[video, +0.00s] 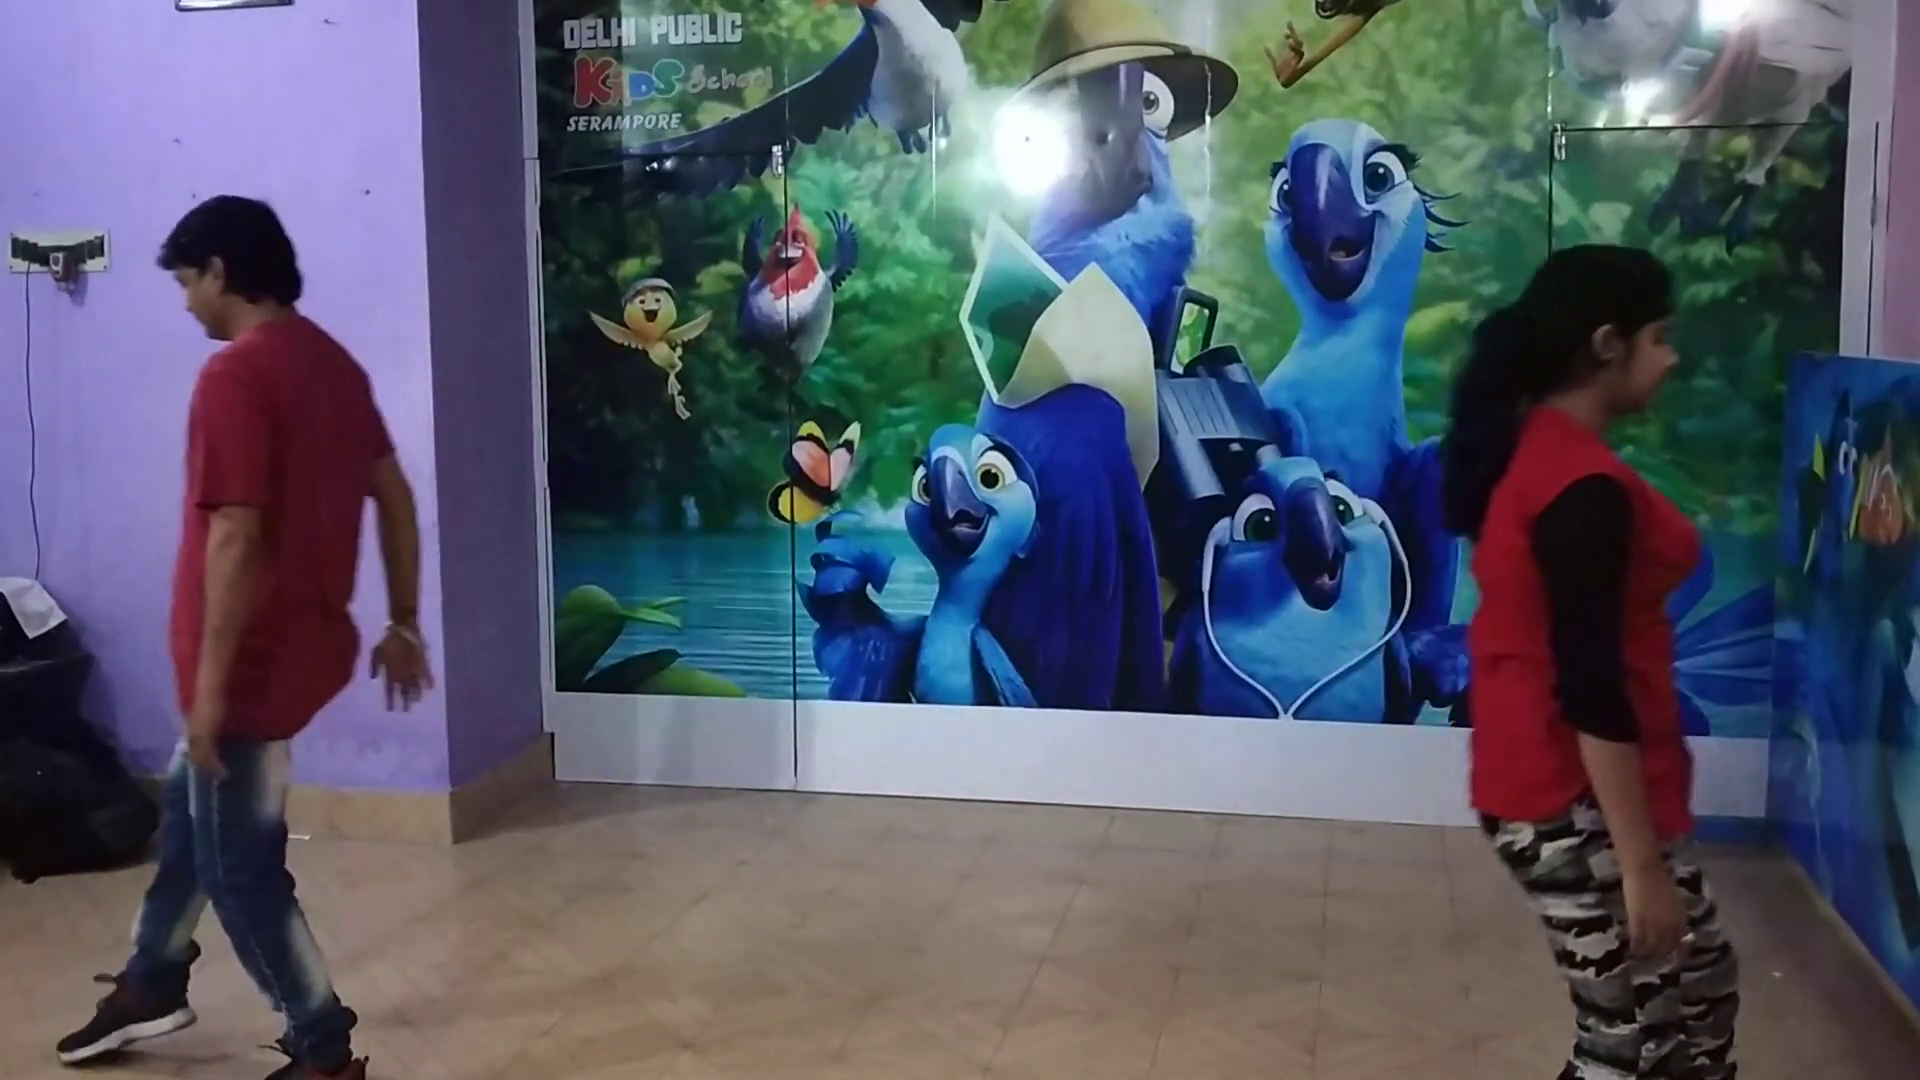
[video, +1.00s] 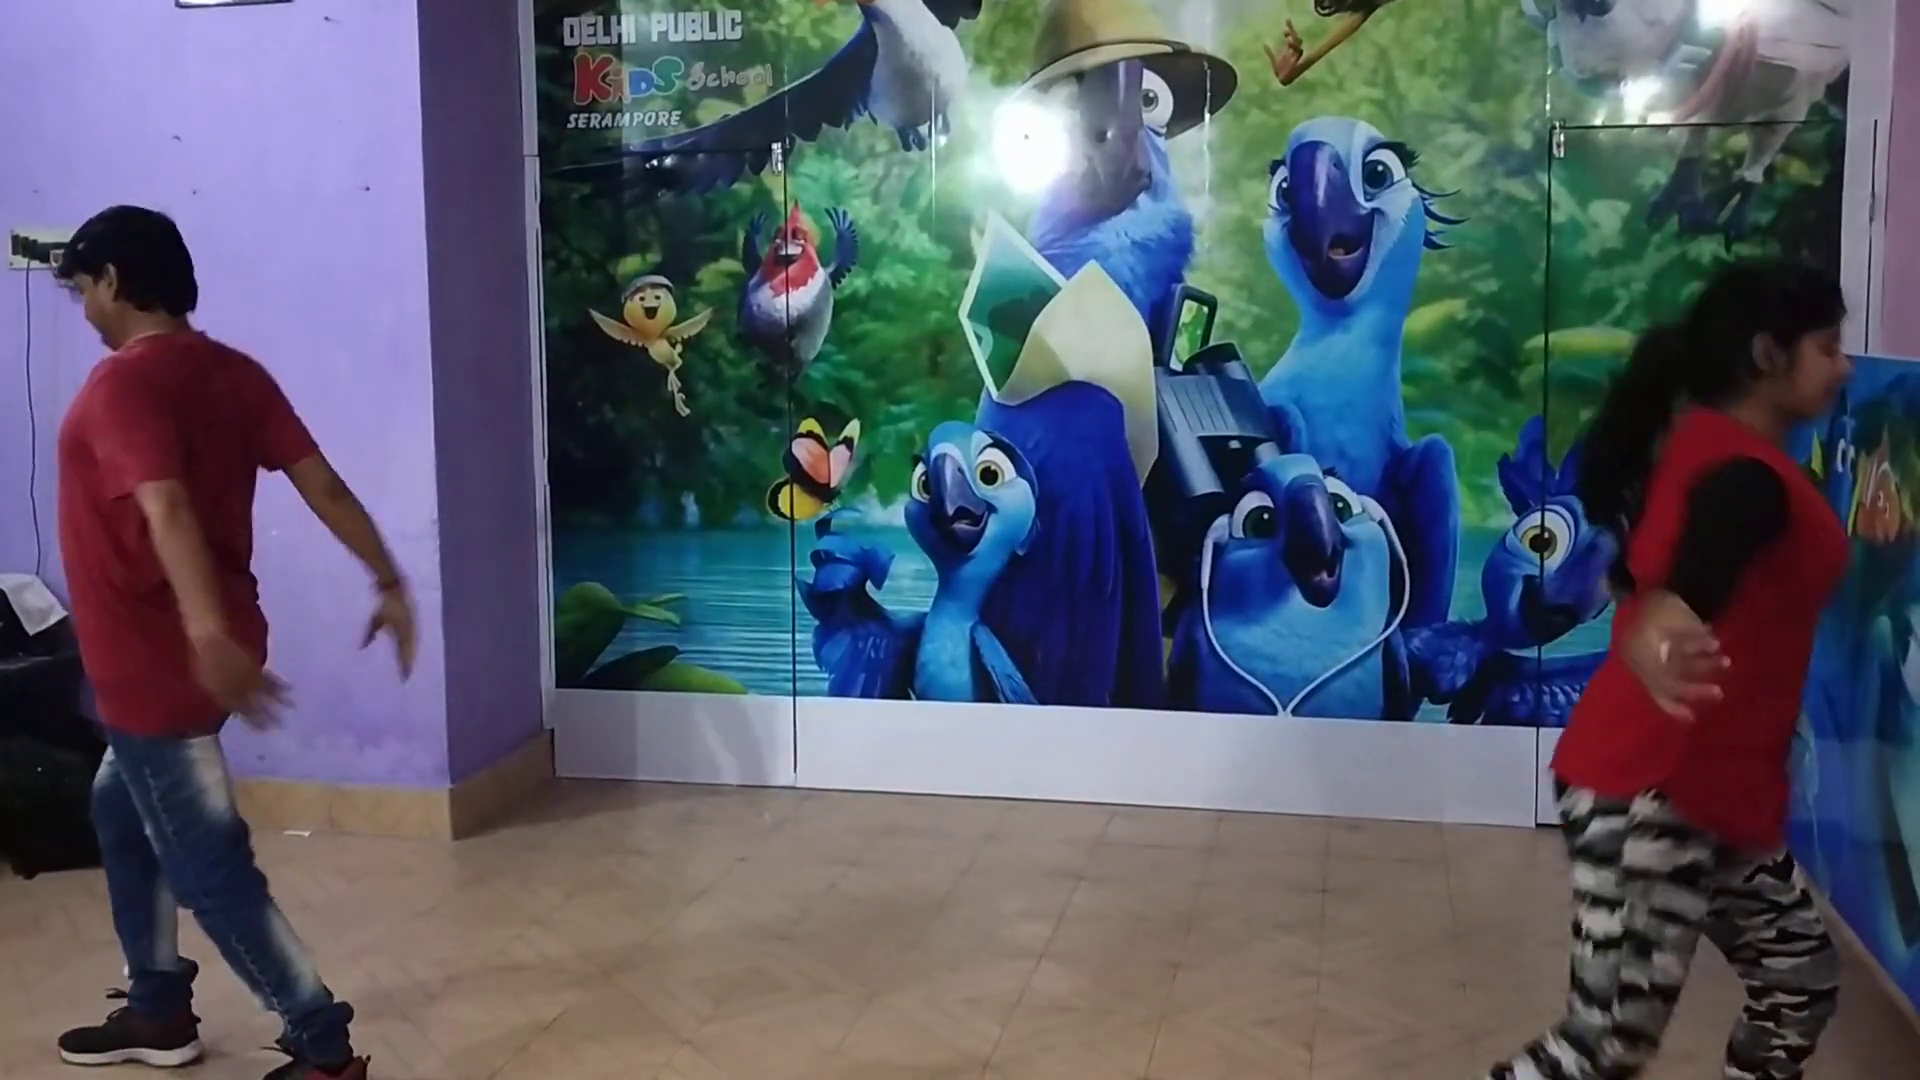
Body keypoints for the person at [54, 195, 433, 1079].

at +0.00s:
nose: (185, 300)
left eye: (186, 281)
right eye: (181, 283)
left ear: (220, 272)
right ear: (266, 270)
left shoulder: (236, 374)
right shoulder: (333, 363)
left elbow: (235, 539)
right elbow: (392, 493)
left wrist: (208, 698)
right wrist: (404, 621)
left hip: (242, 668)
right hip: (304, 651)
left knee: (243, 871)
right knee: (188, 808)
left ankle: (324, 1046)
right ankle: (151, 982)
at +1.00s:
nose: (79, 307)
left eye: (80, 288)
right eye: (76, 291)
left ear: (110, 283)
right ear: (174, 281)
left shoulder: (122, 386)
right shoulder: (236, 372)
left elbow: (168, 507)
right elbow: (319, 481)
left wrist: (211, 635)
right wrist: (387, 575)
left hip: (148, 672)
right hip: (215, 650)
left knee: (211, 867)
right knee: (120, 810)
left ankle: (324, 1046)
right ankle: (157, 1010)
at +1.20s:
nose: (12, 346)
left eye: (20, 330)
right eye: (14, 329)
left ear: (50, 336)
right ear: (101, 339)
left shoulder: (43, 436)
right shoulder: (161, 420)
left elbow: (30, 555)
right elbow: (264, 506)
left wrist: (9, 644)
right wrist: (357, 555)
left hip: (183, 690)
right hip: (251, 667)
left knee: (135, 903)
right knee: (99, 805)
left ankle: (296, 1032)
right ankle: (151, 1012)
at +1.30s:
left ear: (4, 418)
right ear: (59, 413)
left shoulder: (20, 504)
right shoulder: (112, 478)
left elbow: (9, 609)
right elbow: (180, 568)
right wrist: (261, 600)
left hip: (213, 708)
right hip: (270, 677)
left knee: (128, 912)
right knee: (108, 803)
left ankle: (297, 1034)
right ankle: (153, 1015)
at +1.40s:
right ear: (34, 487)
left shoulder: (18, 564)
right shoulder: (82, 529)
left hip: (231, 713)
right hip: (290, 680)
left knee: (124, 913)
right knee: (119, 803)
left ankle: (300, 1037)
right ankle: (152, 1014)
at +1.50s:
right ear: (28, 532)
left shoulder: (15, 596)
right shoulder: (83, 573)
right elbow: (80, 708)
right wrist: (13, 783)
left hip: (239, 716)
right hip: (302, 685)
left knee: (132, 914)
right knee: (129, 800)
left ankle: (303, 1040)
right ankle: (154, 1017)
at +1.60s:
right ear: (27, 544)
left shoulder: (22, 592)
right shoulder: (93, 579)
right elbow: (56, 721)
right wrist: (0, 786)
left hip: (245, 713)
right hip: (306, 683)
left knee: (139, 910)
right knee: (136, 801)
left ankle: (305, 1042)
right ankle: (156, 1017)